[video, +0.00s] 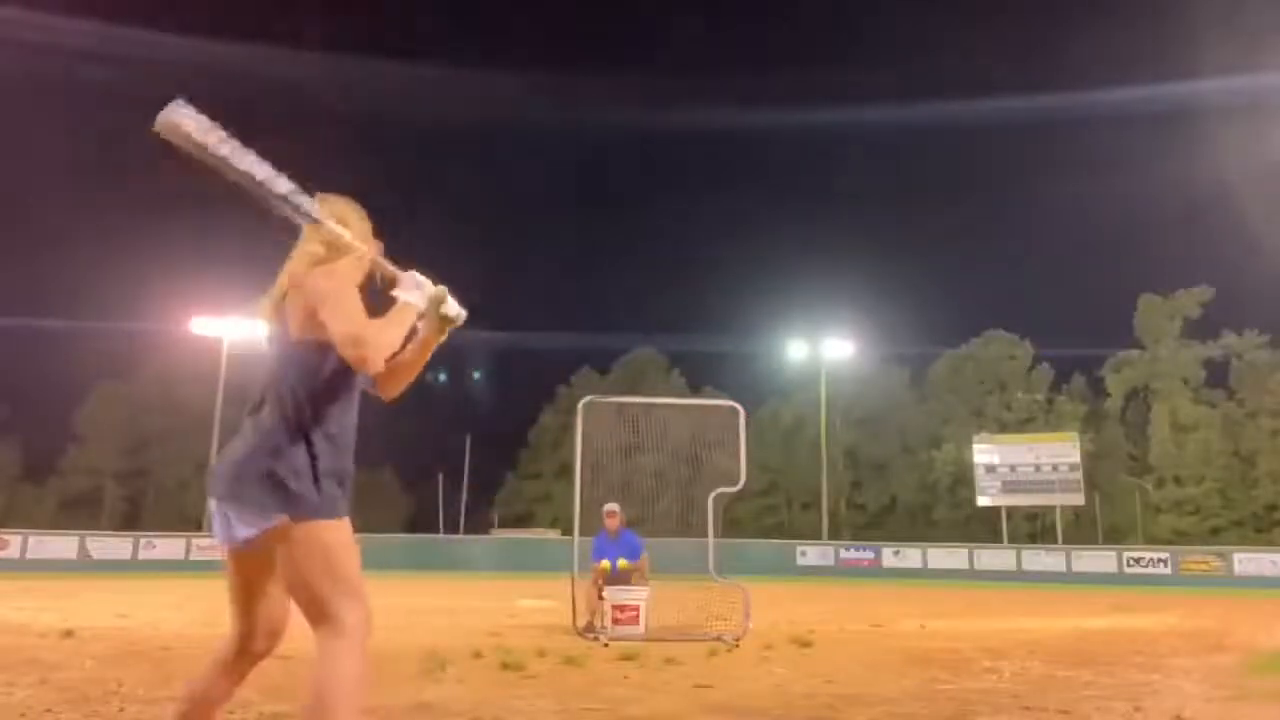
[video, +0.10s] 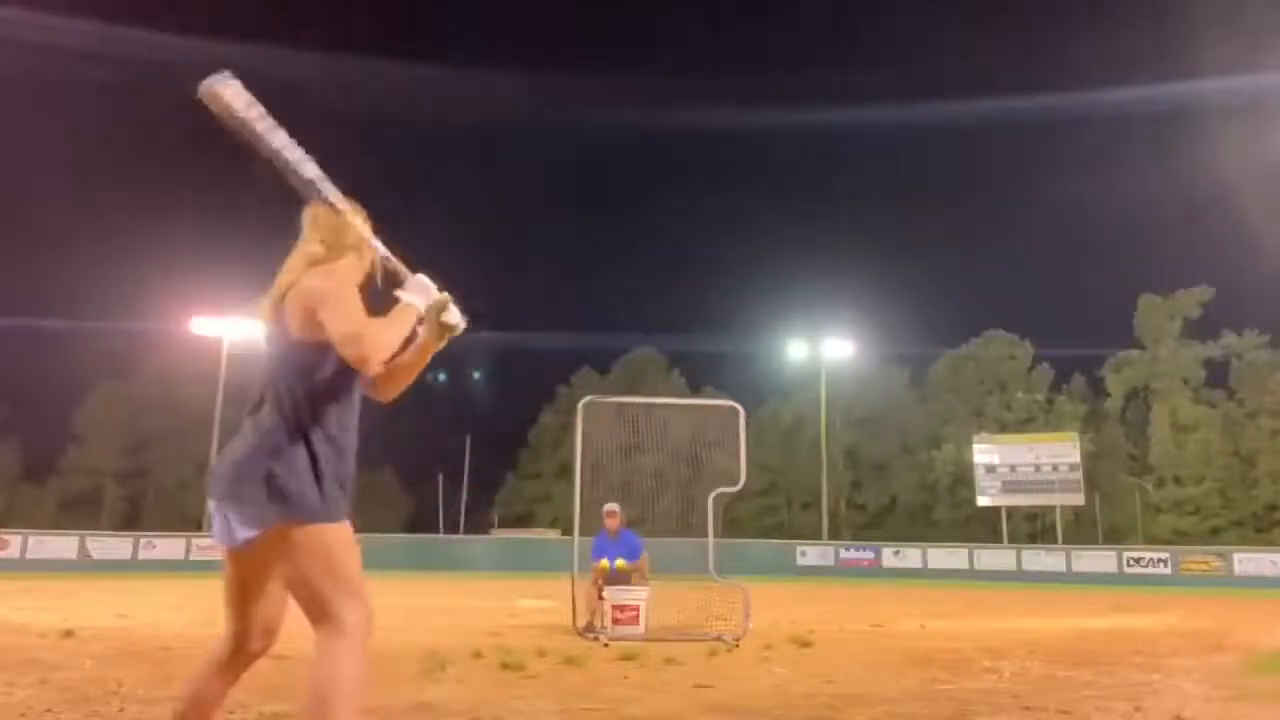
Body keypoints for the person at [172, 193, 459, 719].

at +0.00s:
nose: (374, 255)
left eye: (371, 247)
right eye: (369, 246)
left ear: (316, 238)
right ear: (355, 243)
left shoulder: (302, 286)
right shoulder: (330, 275)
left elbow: (387, 384)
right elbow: (366, 350)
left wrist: (433, 332)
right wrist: (410, 302)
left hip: (248, 473)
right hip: (293, 475)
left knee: (255, 635)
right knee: (345, 625)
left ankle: (185, 713)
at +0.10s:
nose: (375, 250)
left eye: (371, 240)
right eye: (370, 239)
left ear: (316, 239)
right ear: (358, 242)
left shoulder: (303, 289)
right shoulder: (326, 282)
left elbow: (383, 386)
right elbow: (367, 349)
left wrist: (432, 339)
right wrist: (413, 301)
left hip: (253, 473)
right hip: (293, 476)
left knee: (248, 638)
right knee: (346, 624)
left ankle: (183, 714)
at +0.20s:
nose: (375, 260)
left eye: (375, 250)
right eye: (372, 249)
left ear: (317, 238)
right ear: (357, 242)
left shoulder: (298, 290)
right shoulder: (326, 281)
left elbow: (376, 390)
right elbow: (363, 349)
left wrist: (428, 345)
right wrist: (411, 307)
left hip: (251, 475)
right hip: (291, 478)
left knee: (245, 639)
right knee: (346, 625)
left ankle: (181, 714)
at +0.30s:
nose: (371, 258)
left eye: (371, 247)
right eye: (369, 245)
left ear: (313, 239)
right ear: (356, 242)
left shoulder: (295, 291)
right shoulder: (323, 279)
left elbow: (371, 394)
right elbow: (355, 346)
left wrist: (422, 350)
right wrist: (410, 311)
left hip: (249, 477)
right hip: (289, 480)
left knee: (248, 636)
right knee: (345, 625)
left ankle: (183, 715)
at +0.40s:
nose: (369, 261)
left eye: (369, 251)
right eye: (367, 249)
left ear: (312, 239)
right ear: (355, 243)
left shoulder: (295, 291)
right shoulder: (323, 278)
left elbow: (371, 394)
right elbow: (353, 344)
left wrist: (422, 350)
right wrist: (410, 309)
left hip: (249, 476)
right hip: (287, 479)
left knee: (251, 638)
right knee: (346, 624)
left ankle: (184, 714)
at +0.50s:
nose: (369, 264)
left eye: (369, 254)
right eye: (368, 252)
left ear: (311, 242)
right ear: (355, 246)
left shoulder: (296, 297)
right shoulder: (319, 280)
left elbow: (373, 392)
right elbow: (347, 340)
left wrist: (420, 349)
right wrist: (409, 304)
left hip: (246, 481)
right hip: (288, 485)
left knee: (255, 638)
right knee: (346, 626)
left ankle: (184, 714)